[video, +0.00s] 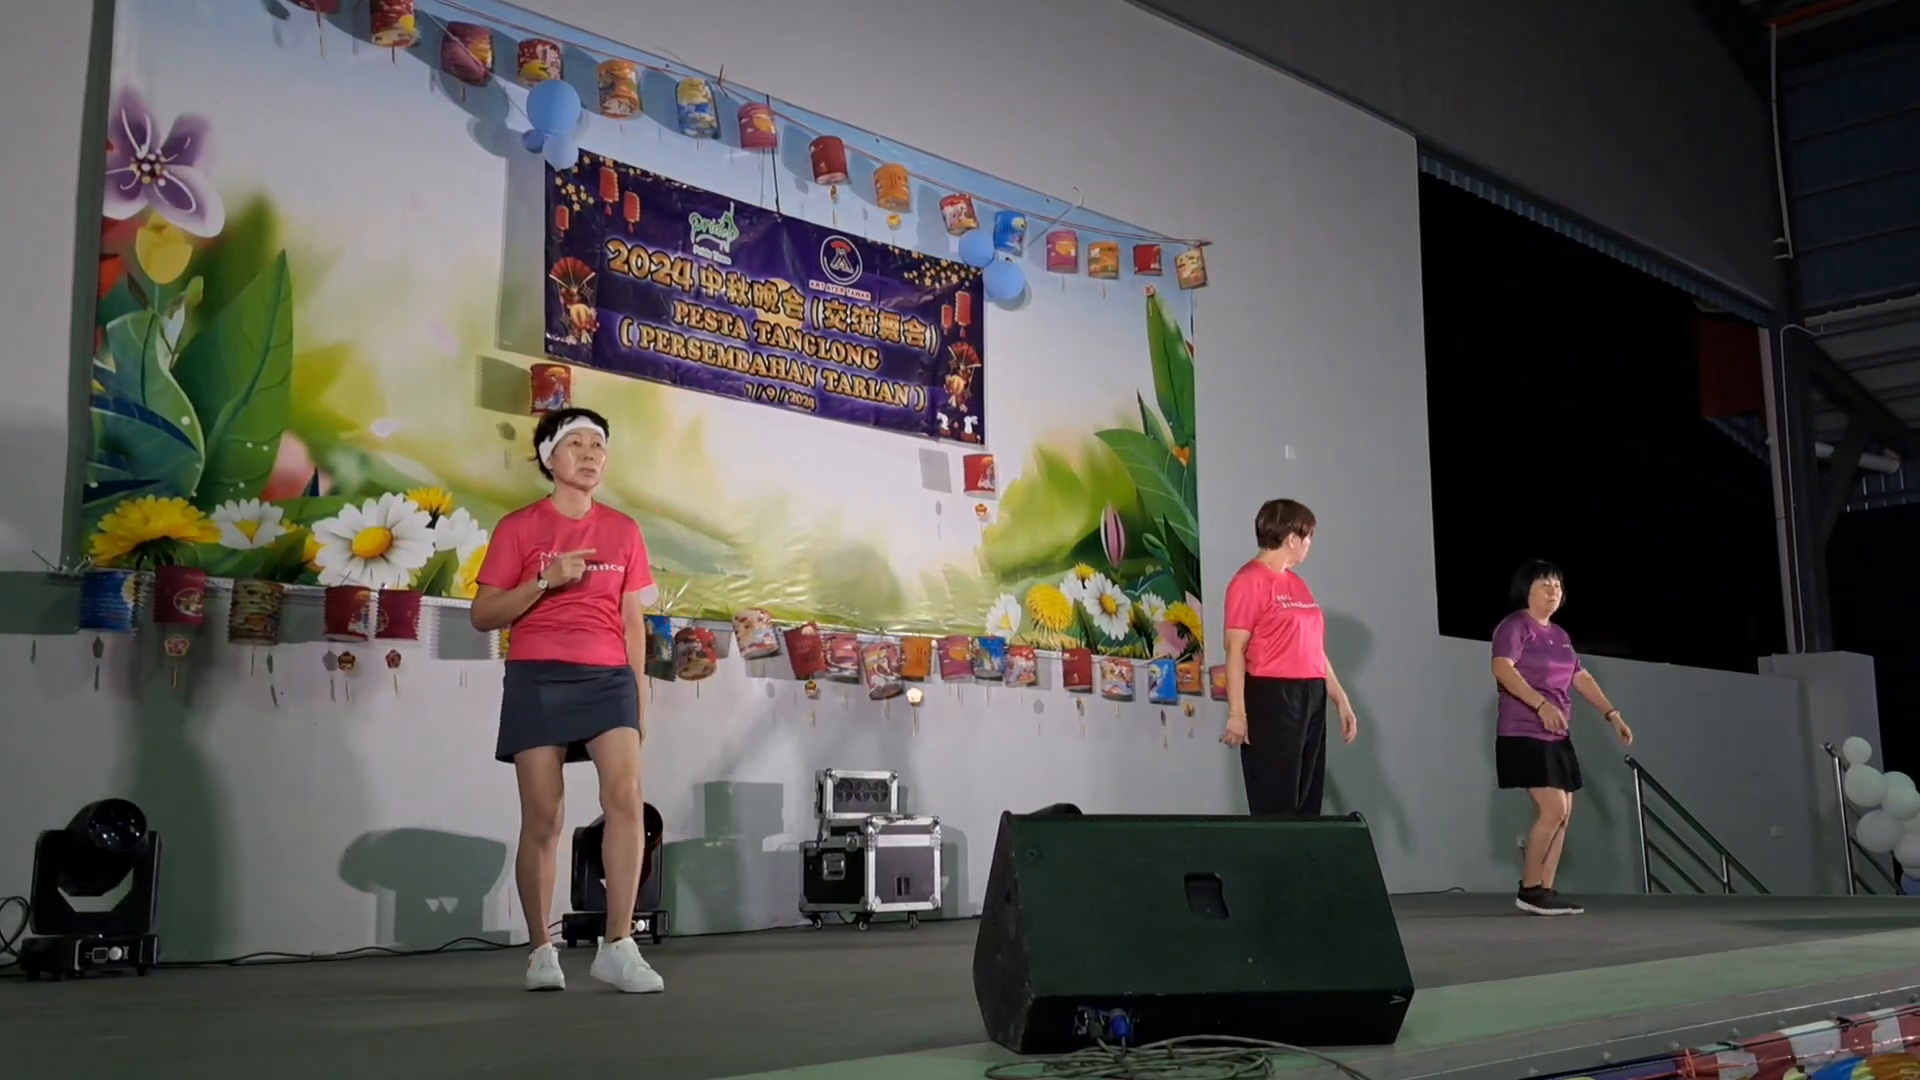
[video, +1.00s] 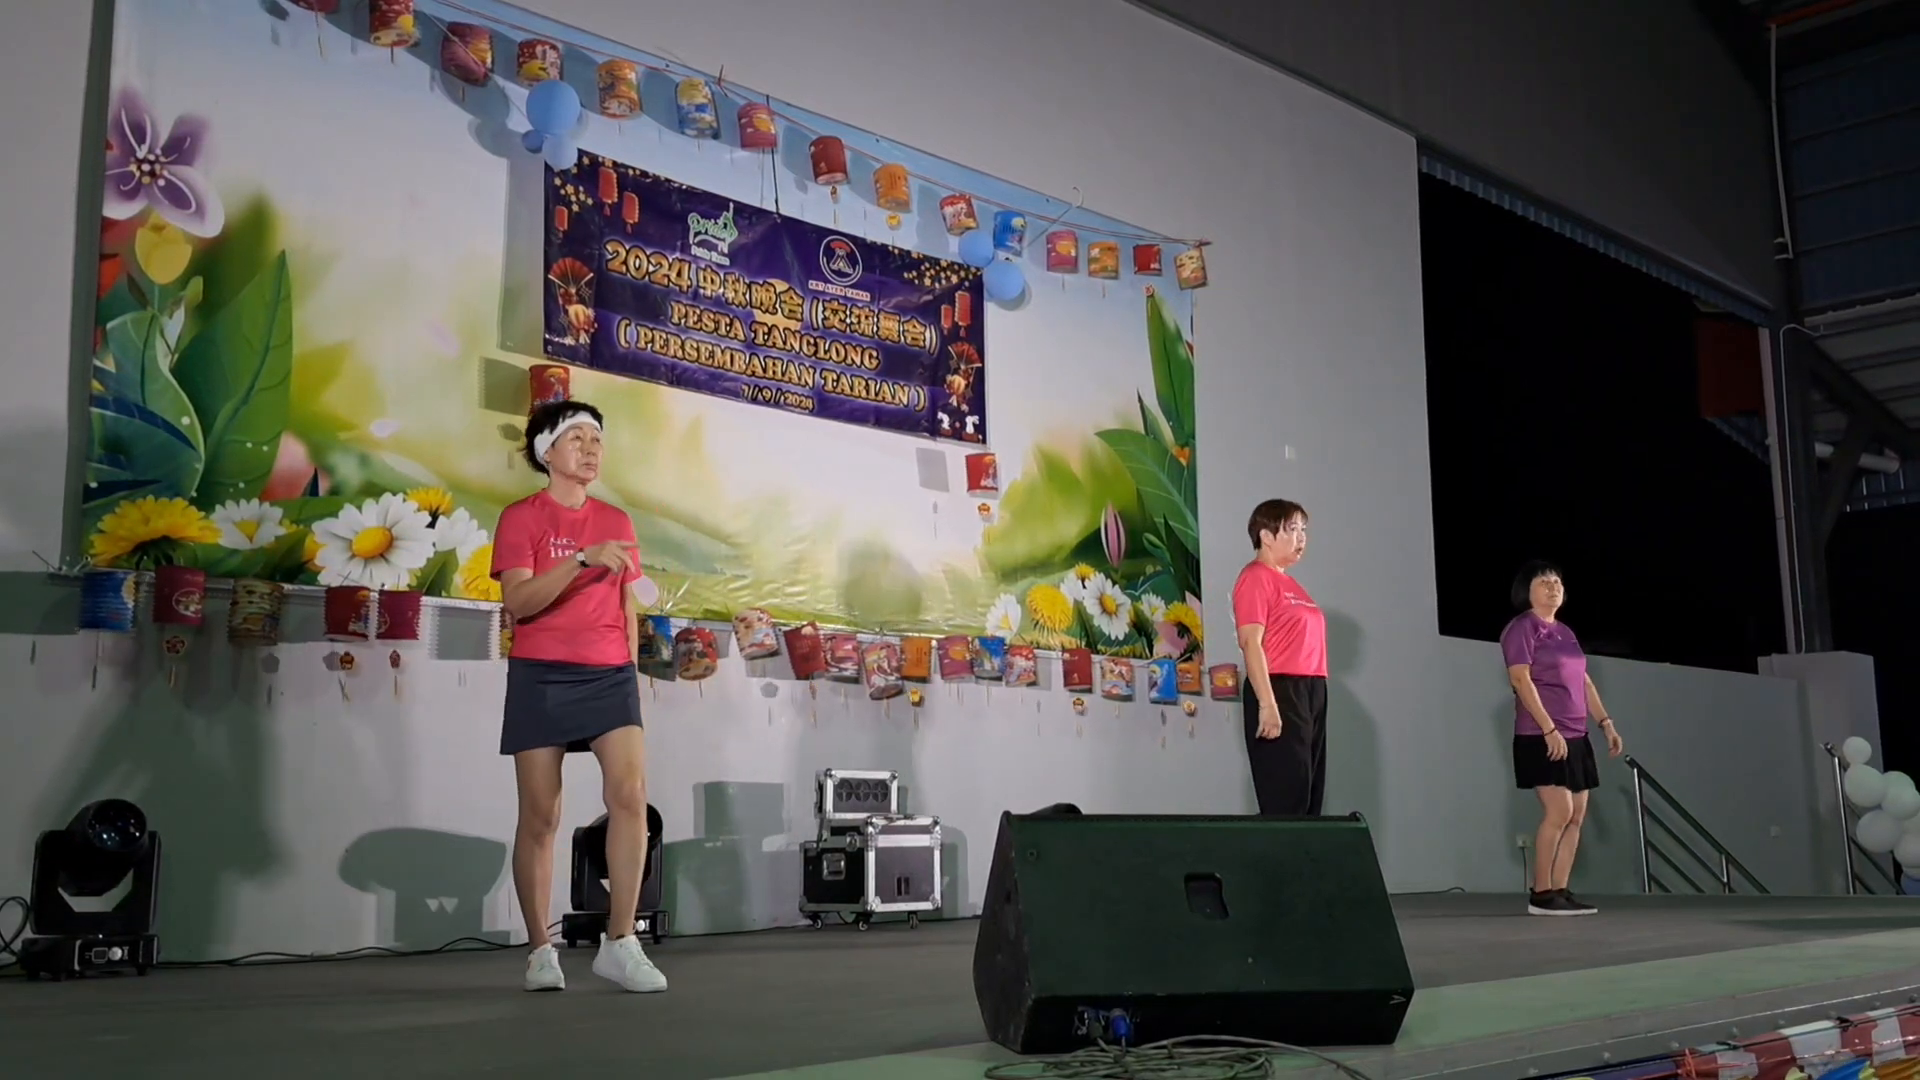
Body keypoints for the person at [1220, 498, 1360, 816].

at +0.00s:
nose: (1310, 545)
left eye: (1311, 537)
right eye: (1308, 536)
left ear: (1287, 539)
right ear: (1291, 538)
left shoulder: (1296, 582)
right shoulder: (1249, 581)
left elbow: (1314, 649)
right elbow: (1234, 650)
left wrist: (1341, 698)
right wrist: (1236, 714)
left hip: (1311, 700)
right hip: (1272, 699)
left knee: (1306, 806)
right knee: (1277, 807)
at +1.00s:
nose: (1302, 539)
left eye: (1303, 531)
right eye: (1293, 530)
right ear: (1267, 537)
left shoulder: (1287, 581)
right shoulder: (1256, 577)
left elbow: (1292, 644)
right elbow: (1250, 643)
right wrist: (1268, 705)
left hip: (1311, 692)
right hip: (1280, 692)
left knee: (1308, 800)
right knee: (1285, 801)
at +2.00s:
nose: (1289, 538)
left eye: (1290, 529)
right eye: (1287, 529)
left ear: (1252, 528)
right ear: (1272, 529)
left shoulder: (1260, 572)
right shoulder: (1250, 568)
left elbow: (1271, 647)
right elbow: (1250, 635)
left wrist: (1298, 705)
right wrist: (1274, 697)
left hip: (1275, 688)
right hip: (1258, 688)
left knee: (1282, 797)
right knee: (1260, 798)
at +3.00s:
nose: (1265, 530)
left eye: (1265, 522)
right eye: (1257, 521)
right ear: (1229, 527)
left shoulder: (1240, 572)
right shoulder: (1221, 569)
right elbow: (1215, 637)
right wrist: (1236, 701)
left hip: (1268, 687)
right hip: (1240, 687)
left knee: (1282, 792)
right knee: (1243, 797)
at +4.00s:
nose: (1250, 524)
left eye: (1252, 516)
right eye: (1239, 517)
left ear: (1258, 522)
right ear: (1213, 527)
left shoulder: (1254, 572)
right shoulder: (1204, 578)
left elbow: (1266, 644)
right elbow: (1198, 648)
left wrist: (1287, 698)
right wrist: (1209, 713)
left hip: (1270, 691)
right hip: (1230, 690)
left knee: (1283, 797)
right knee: (1232, 801)